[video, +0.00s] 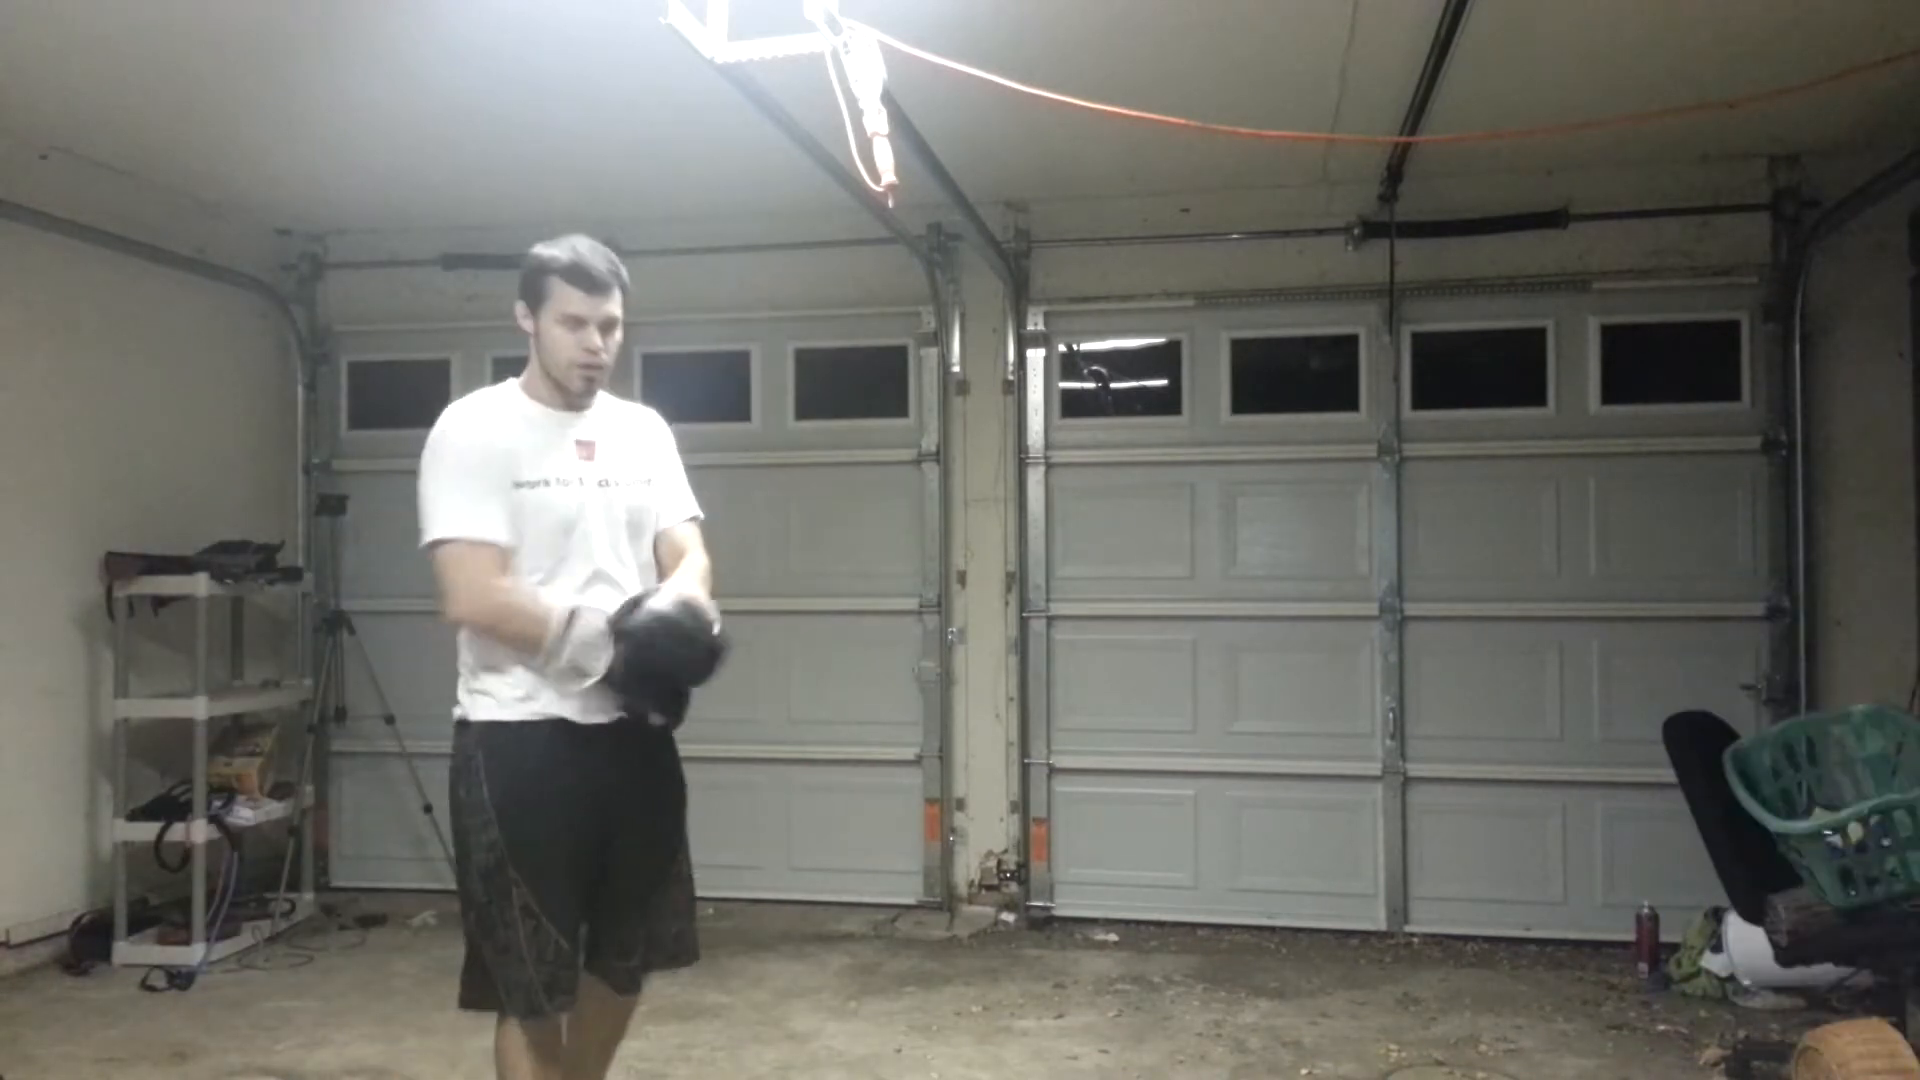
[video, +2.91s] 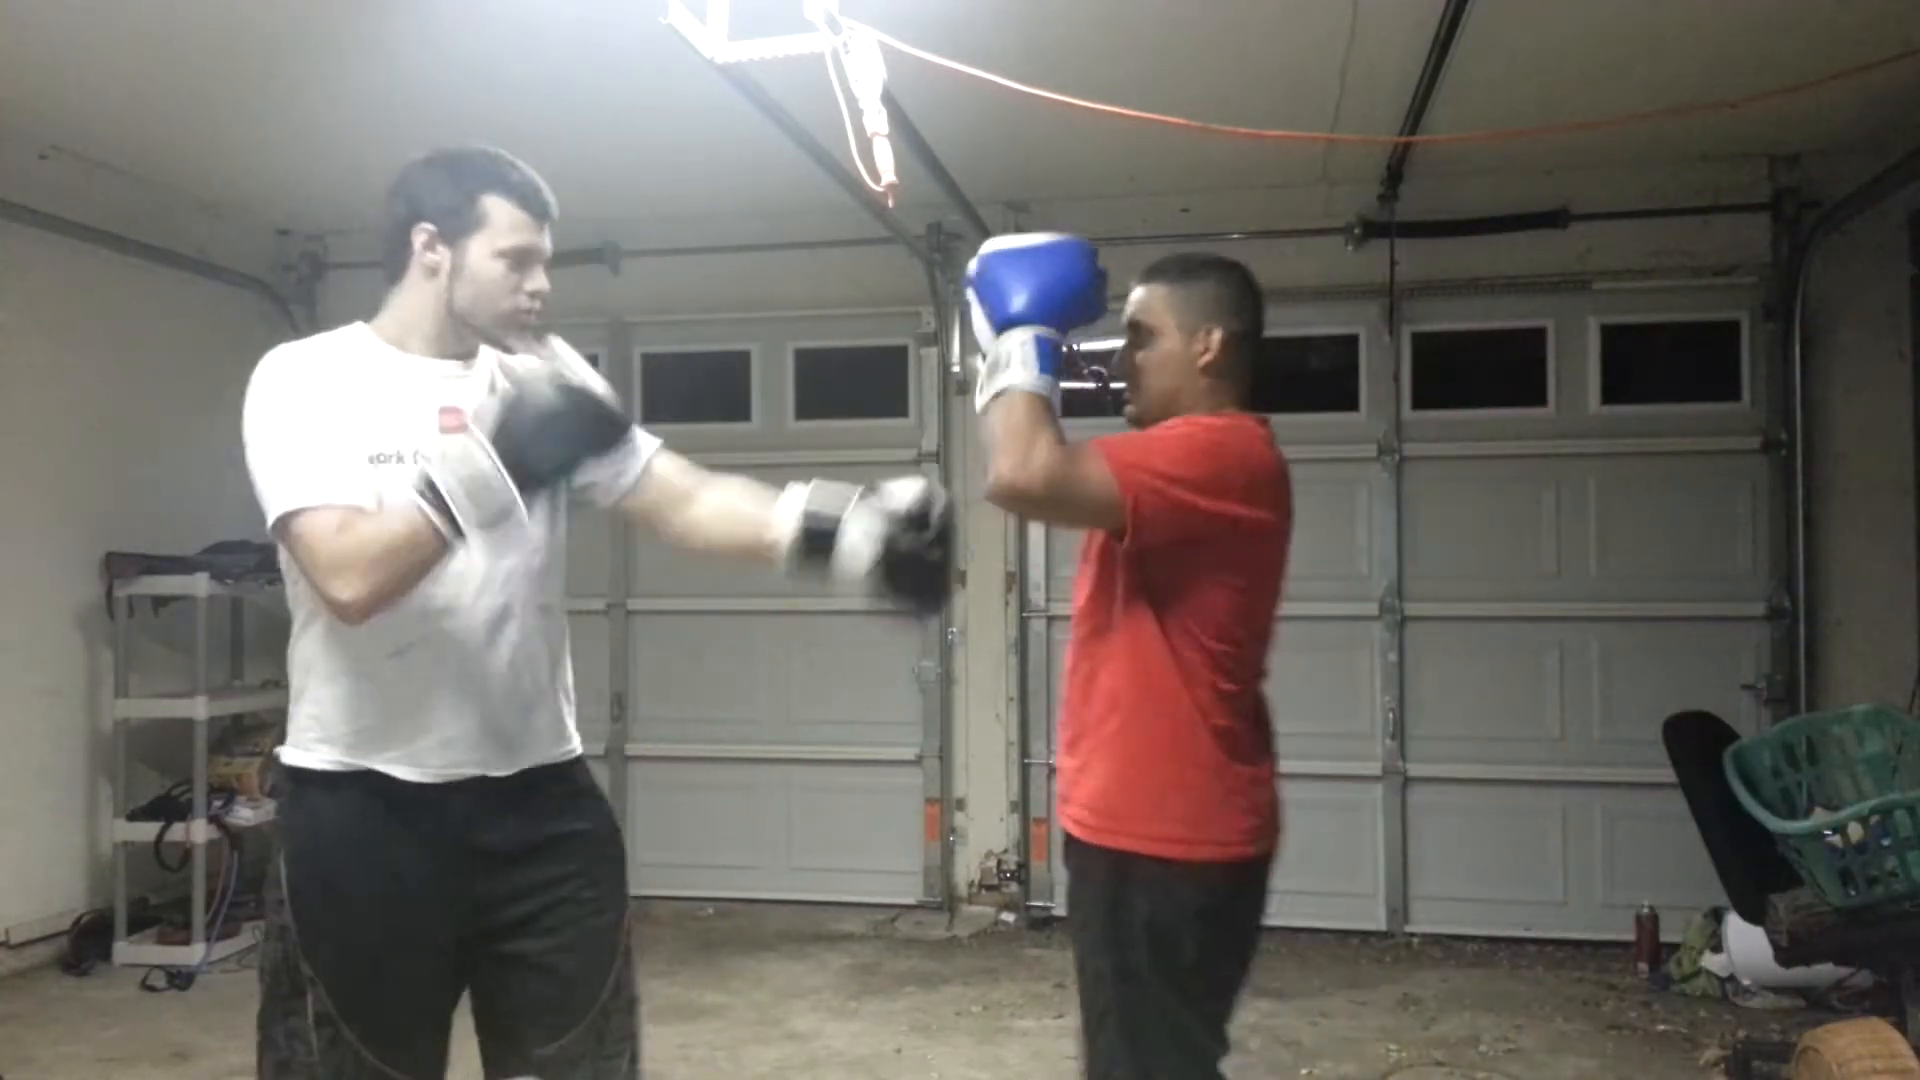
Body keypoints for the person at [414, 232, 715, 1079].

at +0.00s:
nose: (599, 346)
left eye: (611, 327)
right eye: (579, 325)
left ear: (625, 327)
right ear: (527, 322)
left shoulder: (642, 428)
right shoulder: (471, 428)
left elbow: (686, 555)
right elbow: (470, 597)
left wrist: (674, 625)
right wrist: (606, 644)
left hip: (633, 736)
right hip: (519, 742)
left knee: (622, 964)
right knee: (536, 985)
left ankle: (576, 1078)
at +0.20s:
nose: (569, 319)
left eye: (584, 299)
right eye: (547, 301)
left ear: (605, 305)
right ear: (506, 311)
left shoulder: (643, 422)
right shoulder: (446, 433)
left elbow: (703, 545)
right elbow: (372, 588)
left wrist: (732, 583)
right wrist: (470, 656)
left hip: (637, 741)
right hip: (509, 750)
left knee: (660, 965)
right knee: (524, 1004)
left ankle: (612, 1077)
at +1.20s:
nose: (675, 273)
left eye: (692, 260)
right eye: (652, 252)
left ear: (705, 287)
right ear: (599, 267)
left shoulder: (738, 431)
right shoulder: (503, 396)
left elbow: (780, 603)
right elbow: (410, 565)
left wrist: (727, 575)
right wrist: (518, 560)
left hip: (676, 772)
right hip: (515, 763)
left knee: (673, 1048)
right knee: (462, 1047)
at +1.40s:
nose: (637, 301)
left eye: (655, 282)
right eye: (615, 277)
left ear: (671, 287)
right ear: (555, 275)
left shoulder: (683, 406)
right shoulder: (464, 394)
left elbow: (749, 579)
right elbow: (441, 559)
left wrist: (735, 444)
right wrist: (512, 411)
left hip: (652, 771)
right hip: (495, 769)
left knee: (668, 1052)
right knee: (460, 1055)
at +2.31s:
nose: (609, 332)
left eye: (621, 308)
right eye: (586, 306)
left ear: (634, 300)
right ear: (508, 289)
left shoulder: (652, 408)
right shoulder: (405, 395)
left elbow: (777, 512)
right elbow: (420, 579)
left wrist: (842, 496)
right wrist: (503, 427)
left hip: (615, 794)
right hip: (444, 797)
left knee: (653, 1064)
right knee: (431, 1064)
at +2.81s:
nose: (554, 303)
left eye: (560, 279)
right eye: (527, 274)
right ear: (442, 262)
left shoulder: (563, 396)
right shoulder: (312, 385)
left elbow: (731, 464)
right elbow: (359, 558)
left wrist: (898, 466)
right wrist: (459, 399)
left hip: (543, 808)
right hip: (360, 811)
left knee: (596, 1064)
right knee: (341, 1067)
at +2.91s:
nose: (541, 288)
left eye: (545, 265)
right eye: (517, 260)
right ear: (430, 251)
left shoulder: (542, 371)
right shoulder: (303, 380)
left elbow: (683, 495)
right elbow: (350, 576)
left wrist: (841, 531)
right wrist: (496, 459)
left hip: (540, 803)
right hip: (363, 816)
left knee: (582, 1064)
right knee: (357, 1063)